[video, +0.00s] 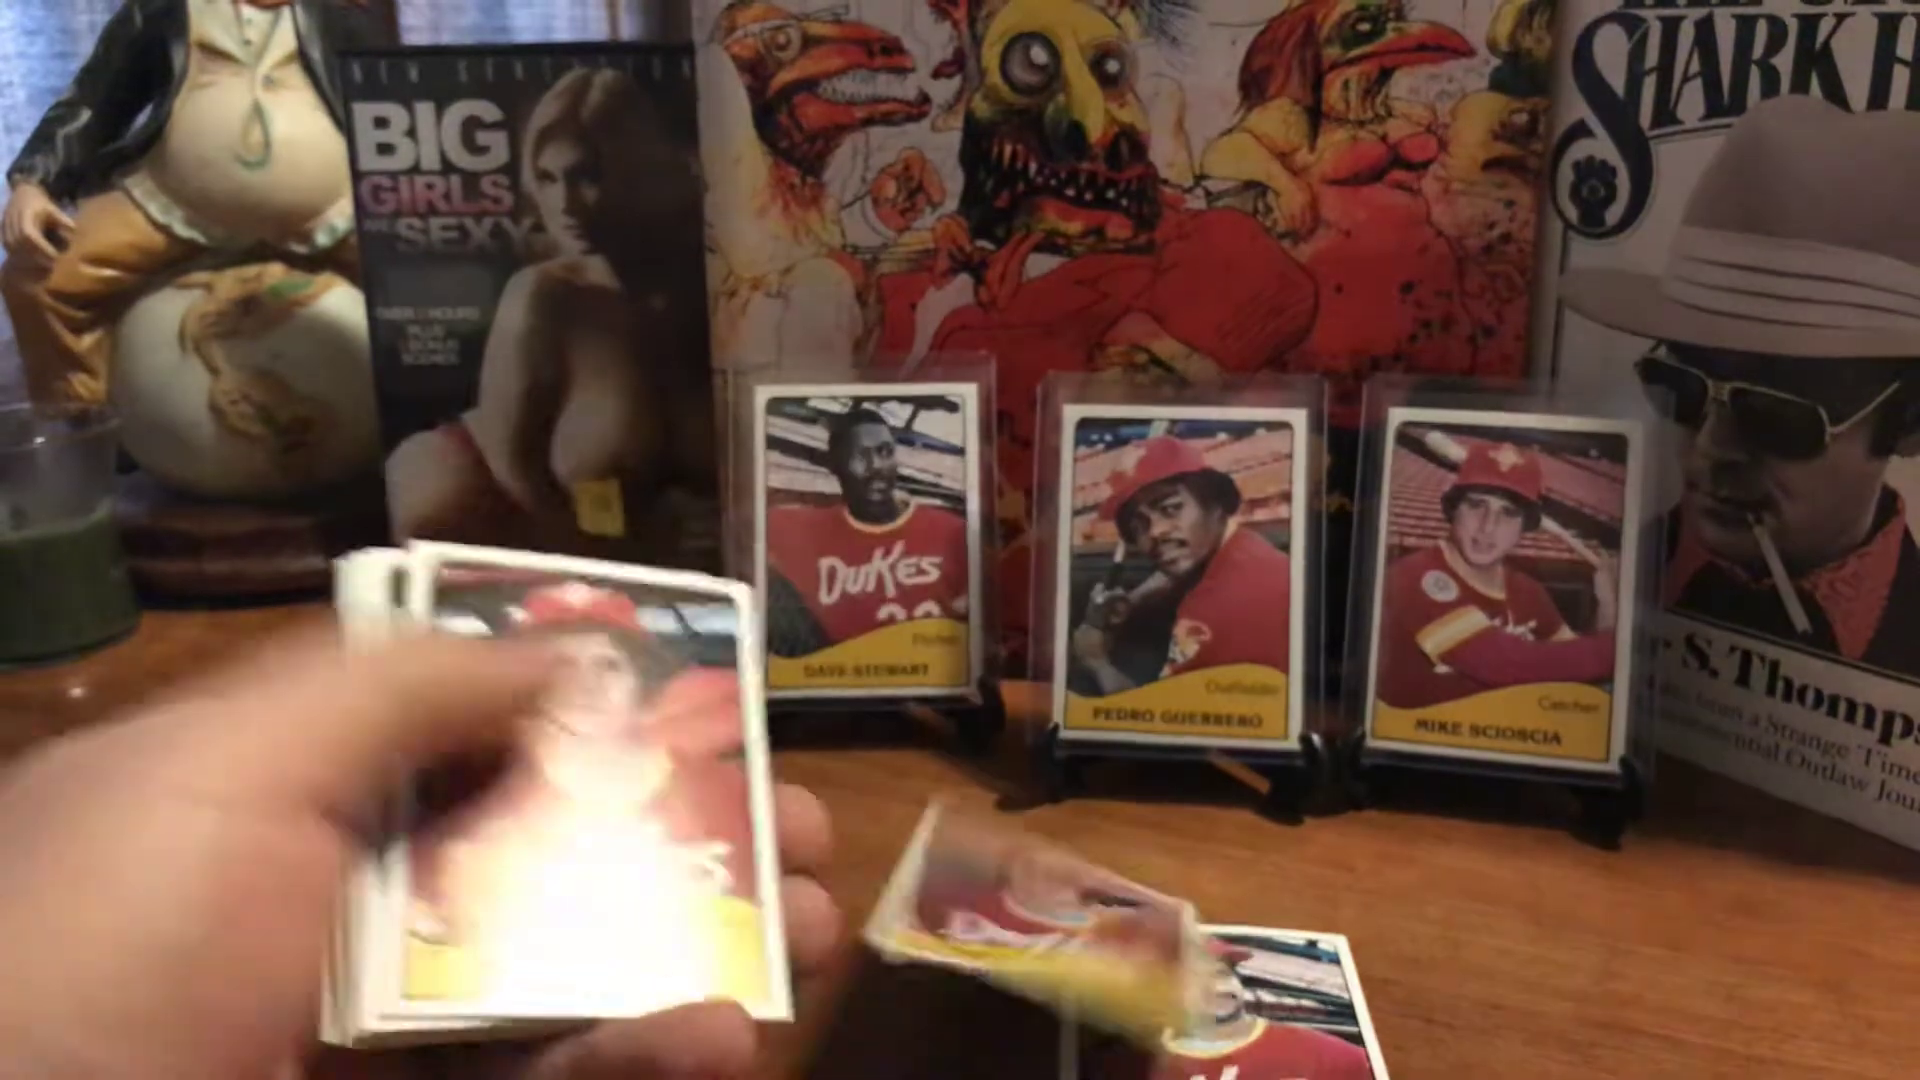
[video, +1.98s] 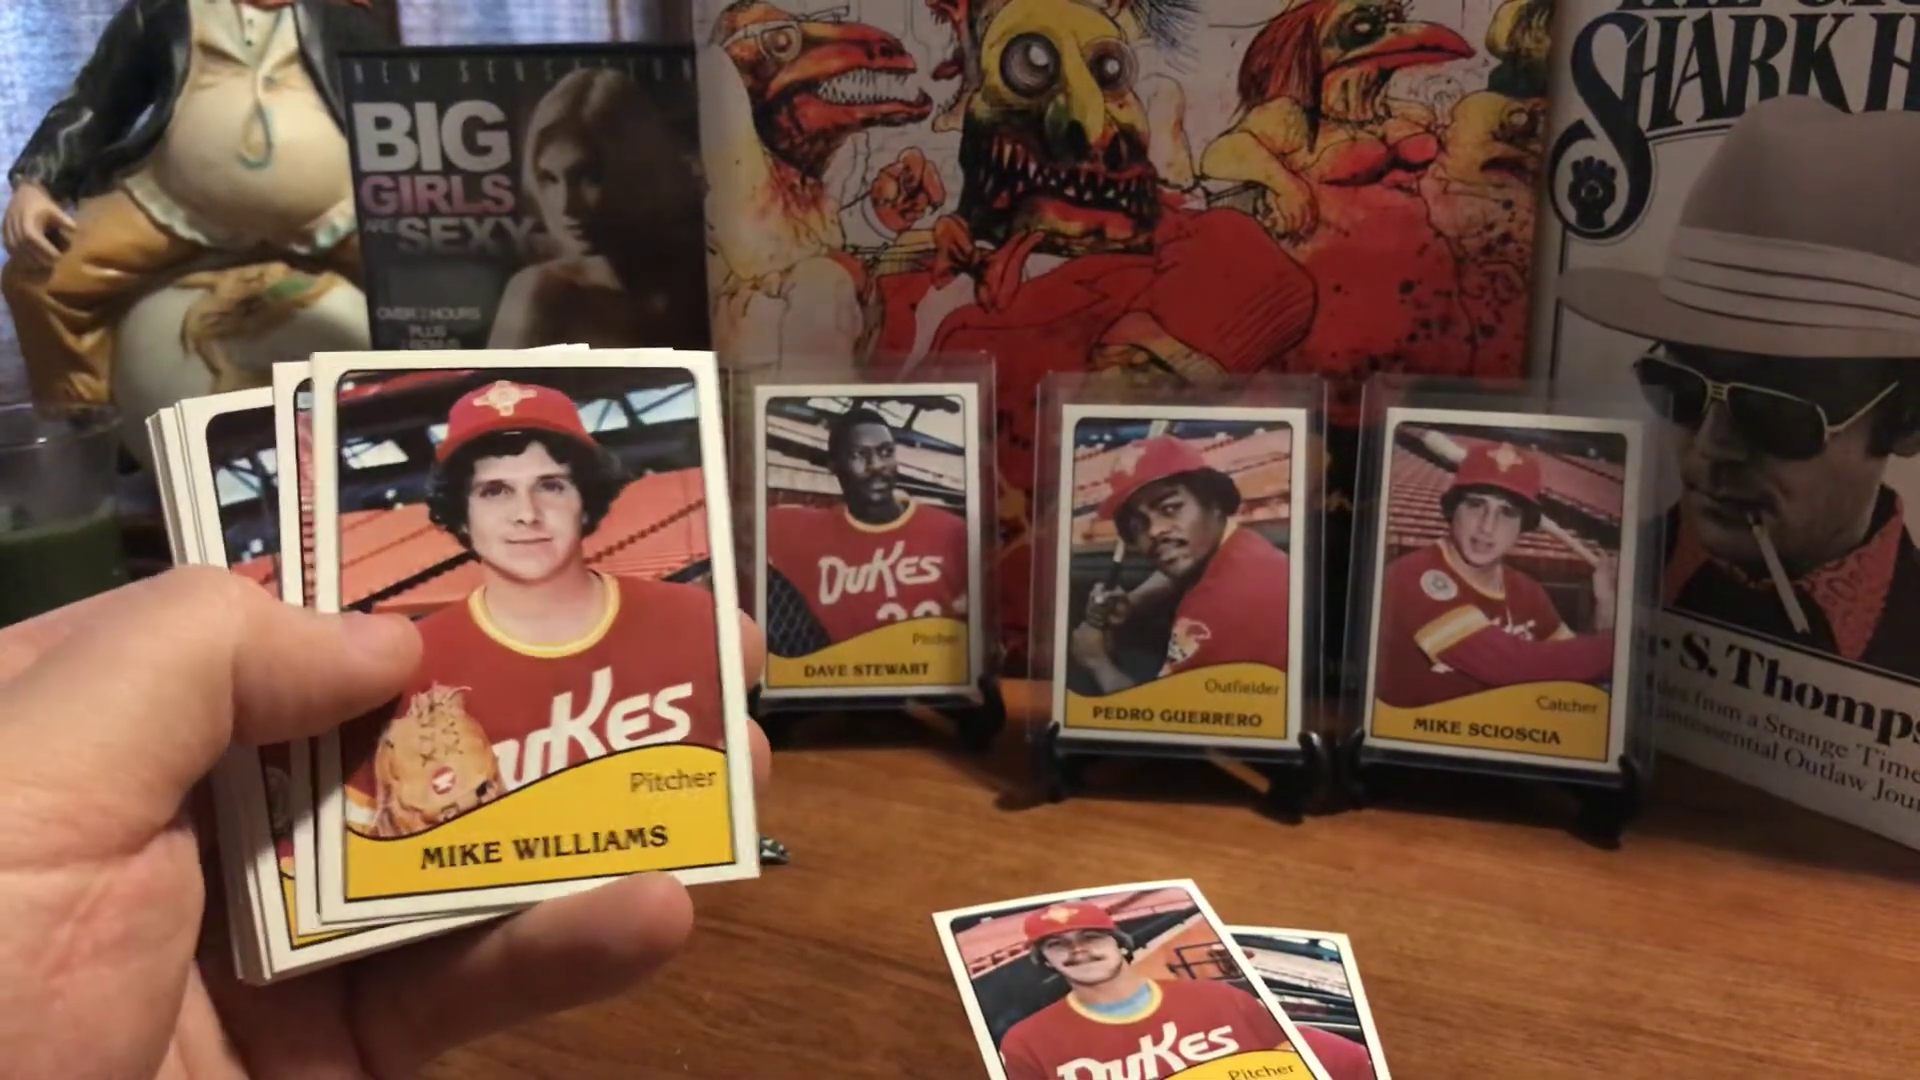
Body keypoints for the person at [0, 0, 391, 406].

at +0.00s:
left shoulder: (341, 17)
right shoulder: (157, 13)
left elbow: (395, 97)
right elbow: (93, 101)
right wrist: (30, 180)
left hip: (334, 212)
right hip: (172, 206)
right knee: (38, 277)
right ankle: (89, 446)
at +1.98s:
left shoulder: (346, 18)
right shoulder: (159, 14)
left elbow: (400, 99)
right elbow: (94, 102)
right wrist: (31, 182)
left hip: (335, 211)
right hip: (176, 205)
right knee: (39, 280)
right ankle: (93, 445)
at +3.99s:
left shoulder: (345, 17)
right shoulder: (162, 12)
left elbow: (396, 96)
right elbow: (99, 99)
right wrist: (34, 180)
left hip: (341, 210)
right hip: (178, 205)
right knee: (42, 279)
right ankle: (95, 440)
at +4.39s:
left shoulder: (348, 20)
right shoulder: (165, 12)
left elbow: (400, 108)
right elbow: (97, 104)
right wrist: (36, 183)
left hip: (338, 212)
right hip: (178, 206)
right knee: (42, 282)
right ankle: (104, 452)